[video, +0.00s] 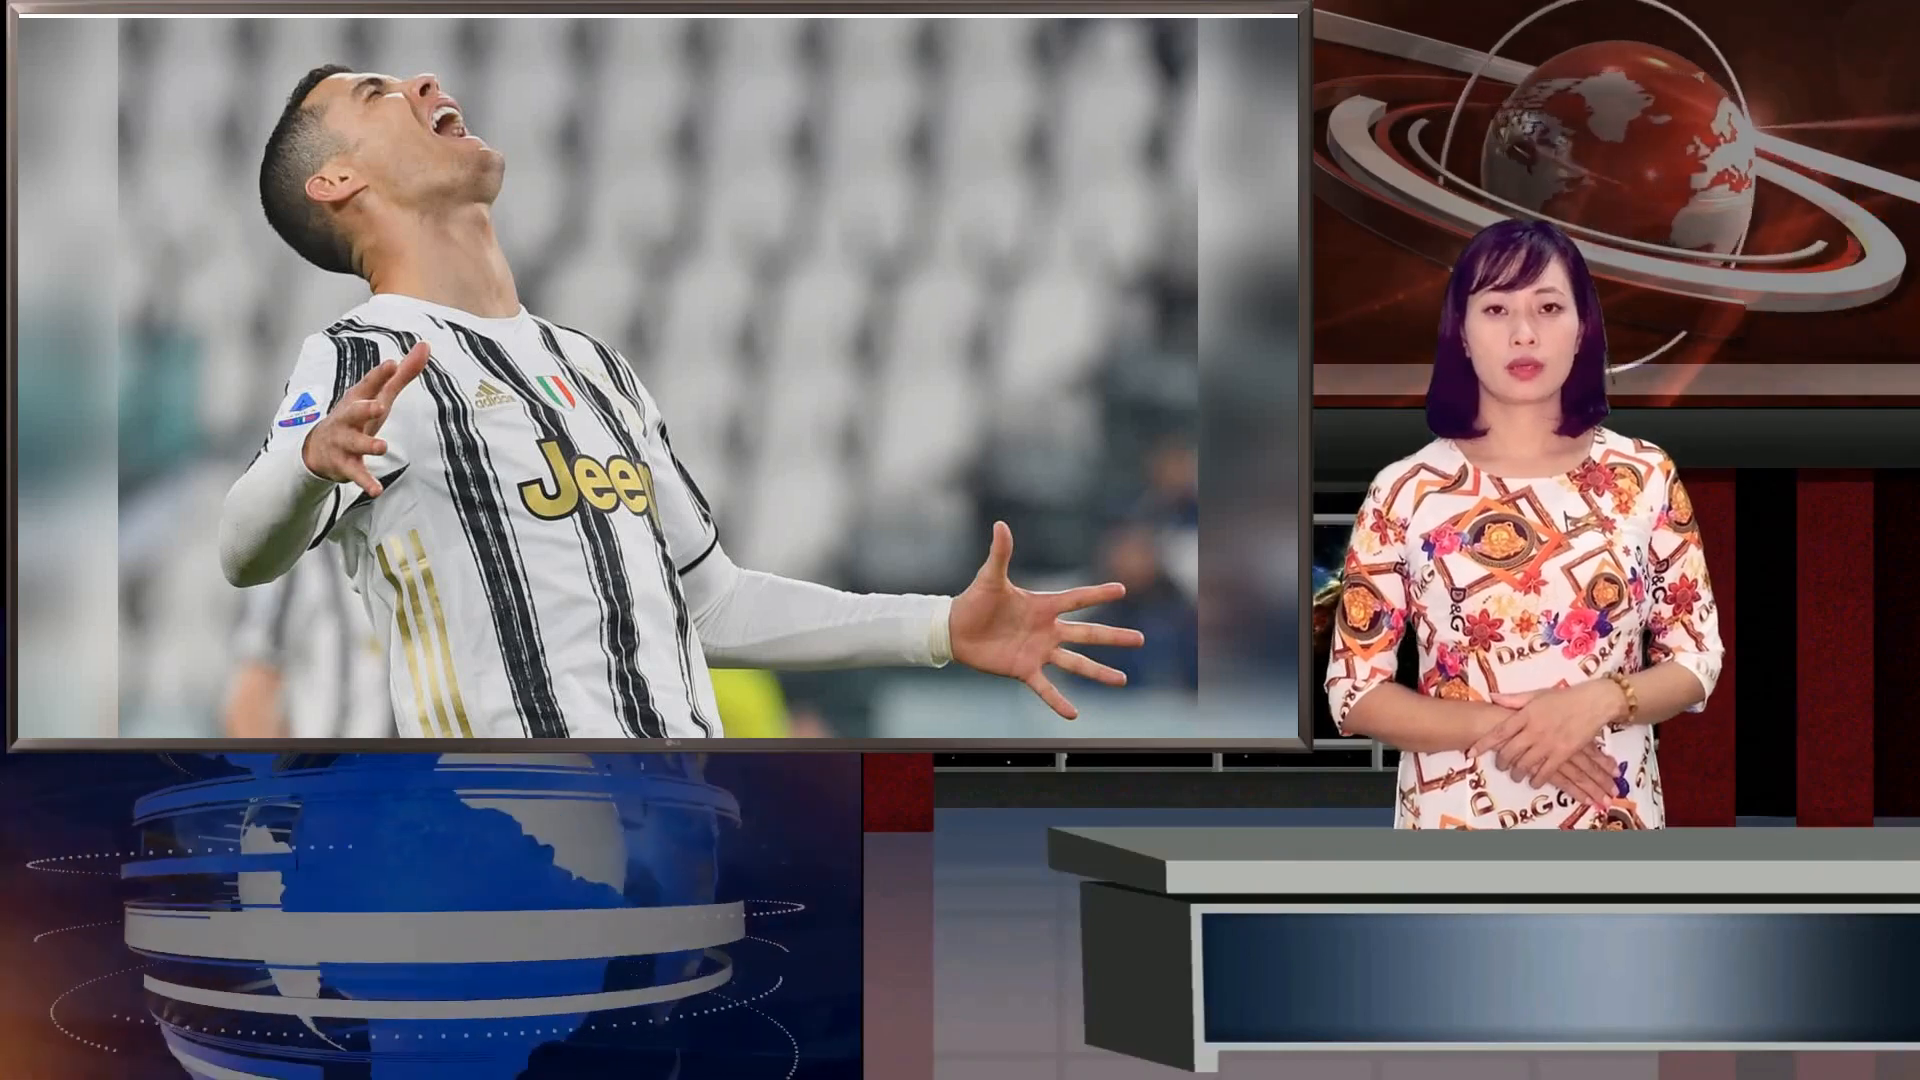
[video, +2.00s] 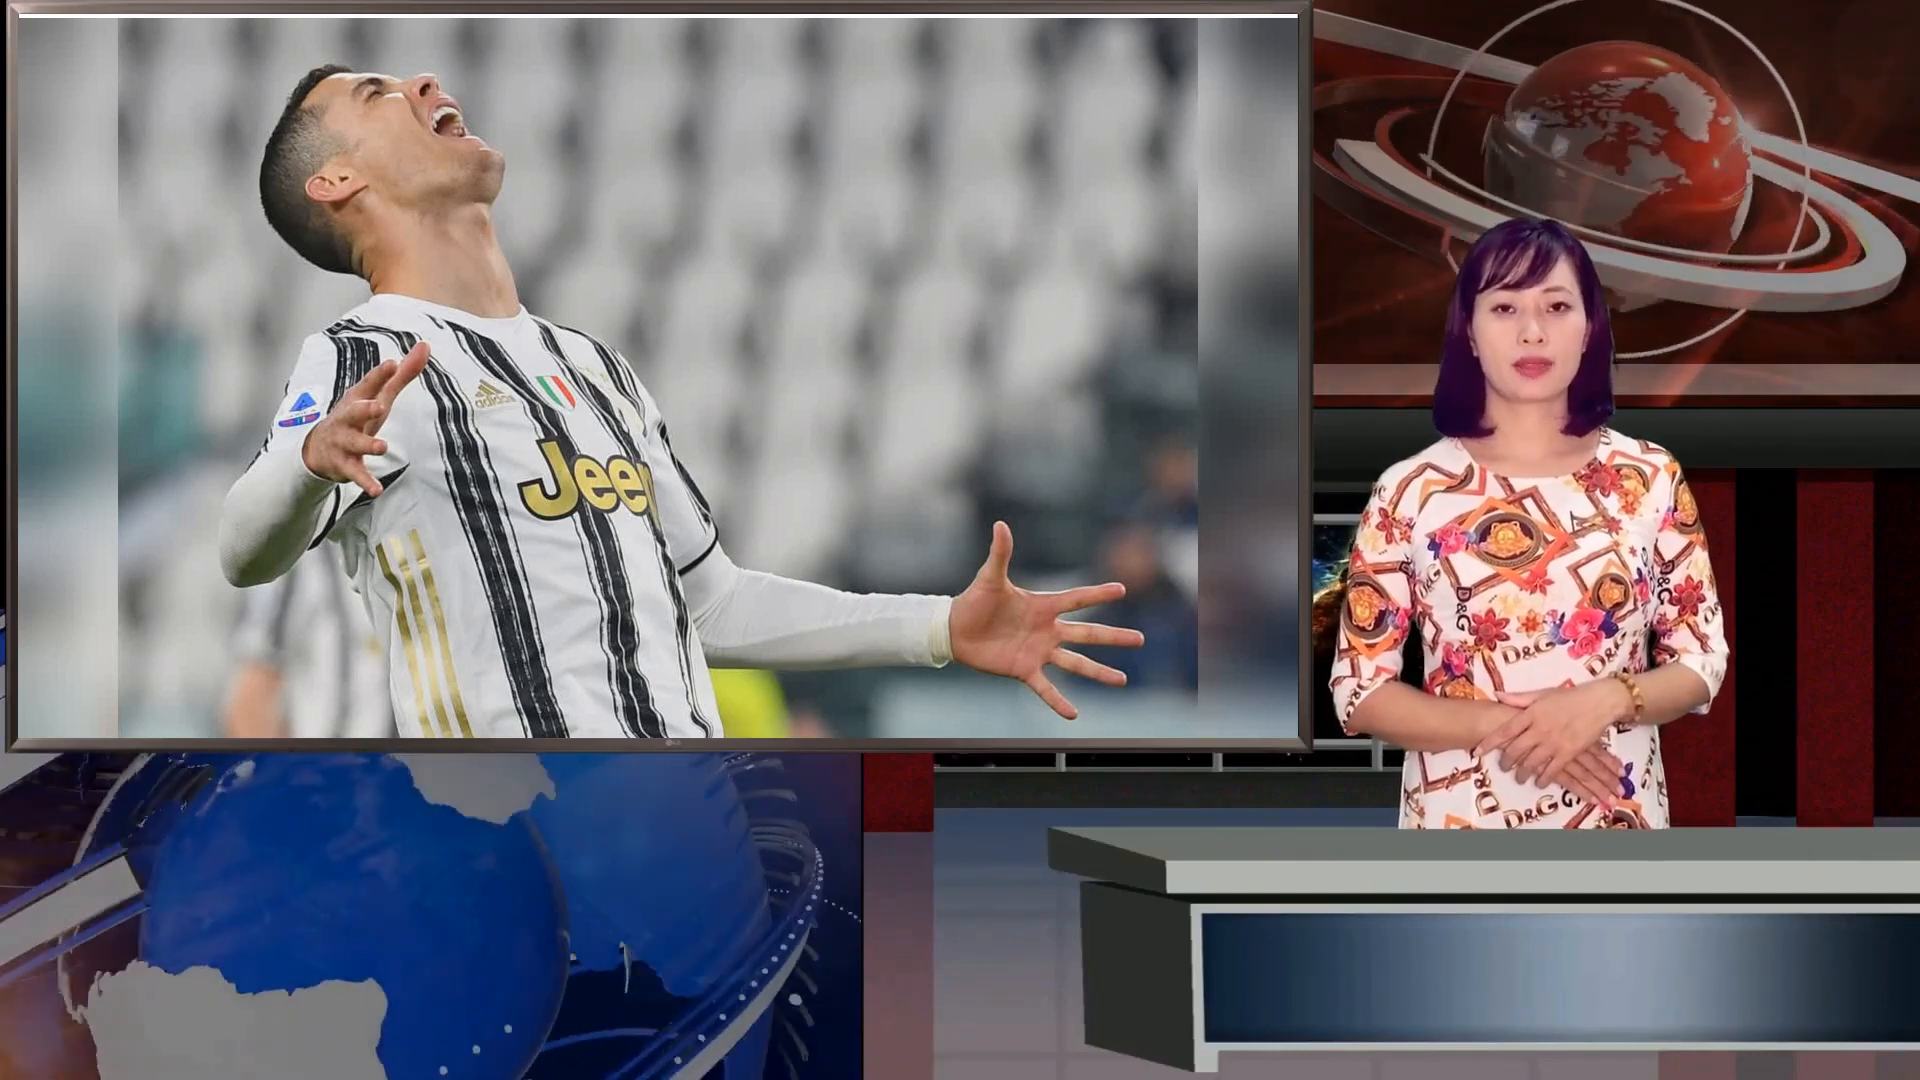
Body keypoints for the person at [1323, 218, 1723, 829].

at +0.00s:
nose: (1523, 332)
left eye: (1548, 308)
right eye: (1496, 309)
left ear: (1583, 327)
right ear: (1461, 330)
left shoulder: (1643, 478)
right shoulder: (1404, 492)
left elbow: (1696, 659)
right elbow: (1353, 692)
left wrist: (1598, 701)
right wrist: (1511, 731)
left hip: (1610, 832)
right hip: (1454, 831)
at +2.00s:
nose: (1532, 331)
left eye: (1556, 307)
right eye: (1504, 308)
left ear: (1590, 326)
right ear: (1468, 329)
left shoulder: (1649, 479)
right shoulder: (1409, 492)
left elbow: (1701, 661)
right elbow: (1359, 691)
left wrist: (1604, 700)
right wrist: (1516, 729)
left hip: (1615, 832)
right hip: (1460, 832)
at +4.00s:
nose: (1531, 330)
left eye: (1555, 306)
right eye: (1503, 307)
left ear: (1589, 326)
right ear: (1466, 328)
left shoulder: (1648, 478)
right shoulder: (1407, 492)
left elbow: (1702, 661)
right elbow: (1357, 691)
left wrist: (1604, 701)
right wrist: (1516, 731)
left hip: (1615, 830)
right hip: (1458, 830)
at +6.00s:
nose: (1531, 329)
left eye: (1556, 306)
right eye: (1503, 308)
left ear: (1588, 326)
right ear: (1467, 329)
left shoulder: (1647, 479)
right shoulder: (1407, 491)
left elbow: (1707, 660)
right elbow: (1355, 689)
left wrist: (1608, 700)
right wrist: (1492, 722)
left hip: (1613, 830)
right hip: (1457, 829)